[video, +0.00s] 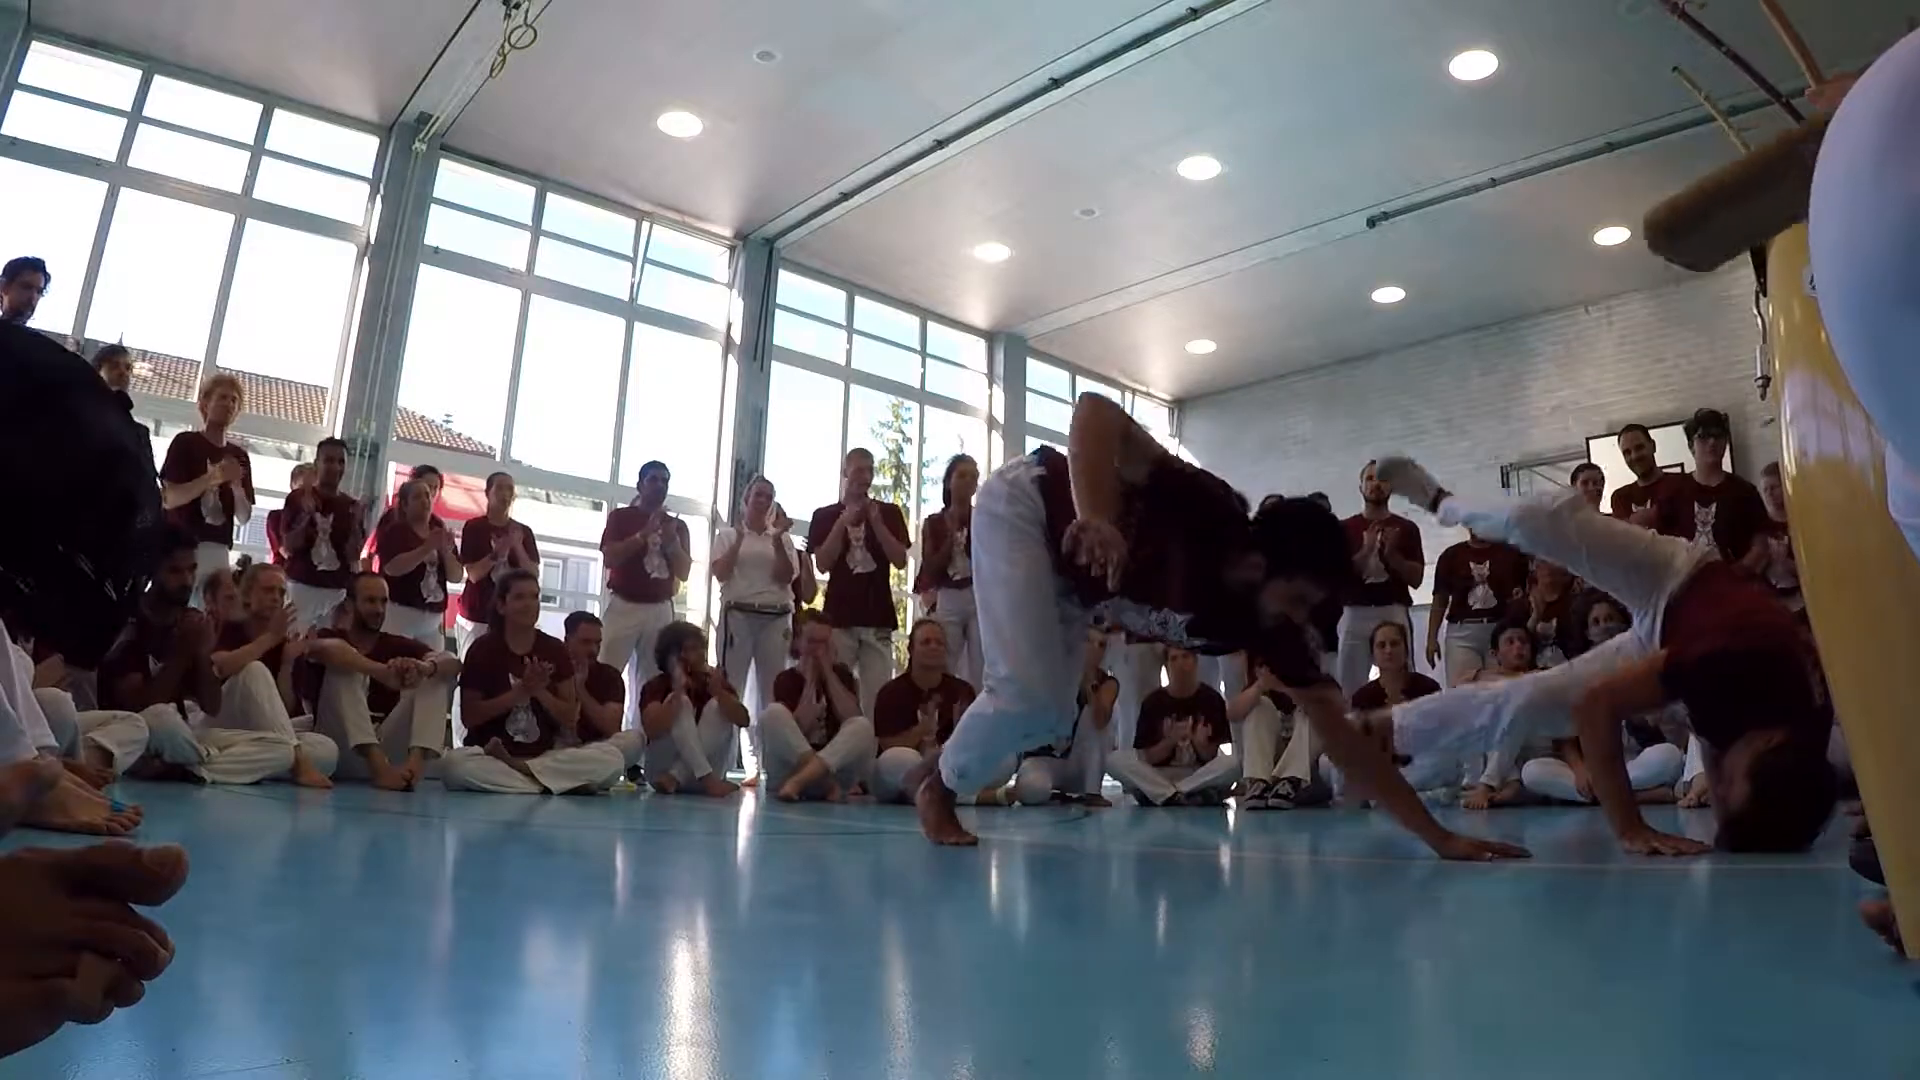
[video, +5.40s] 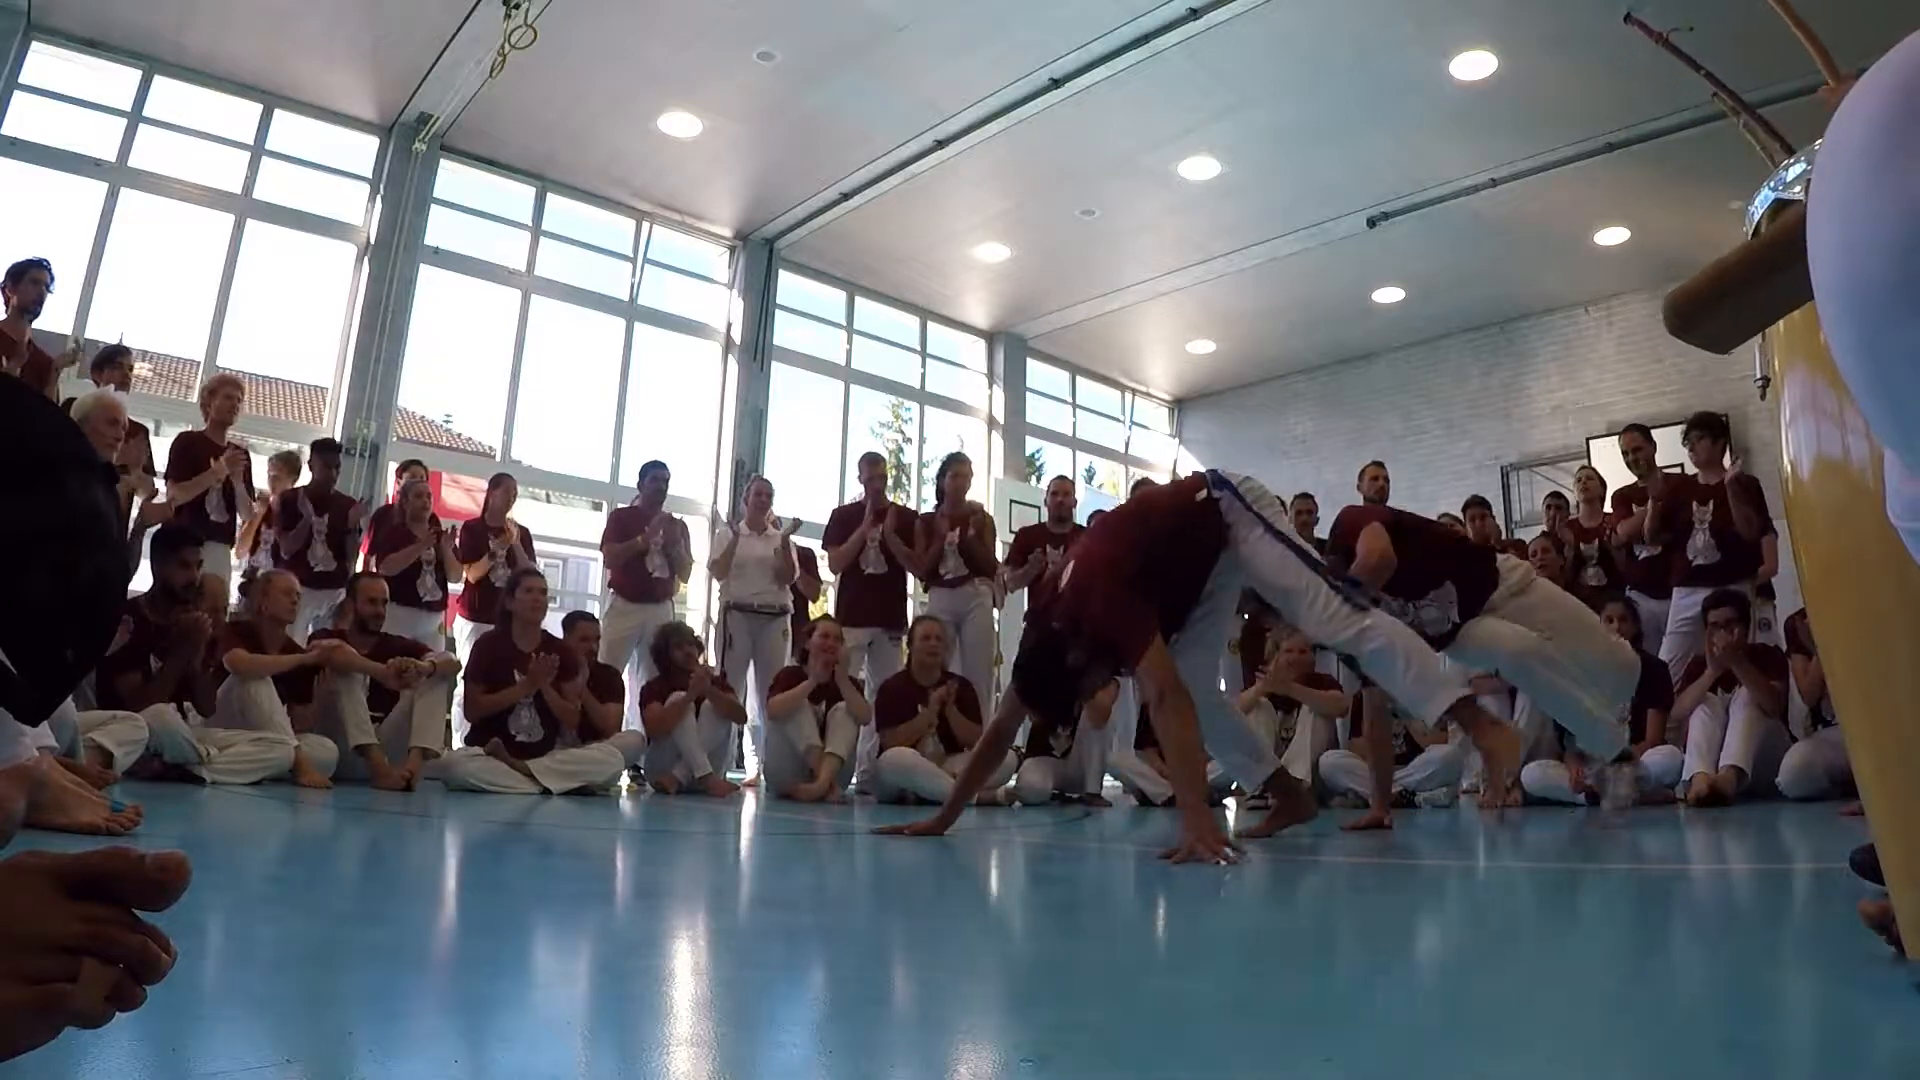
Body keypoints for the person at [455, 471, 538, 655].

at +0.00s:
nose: (504, 494)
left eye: (509, 489)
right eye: (499, 489)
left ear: (514, 495)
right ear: (488, 493)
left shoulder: (523, 532)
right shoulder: (473, 527)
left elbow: (533, 573)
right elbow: (473, 575)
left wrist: (518, 547)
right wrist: (496, 554)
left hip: (510, 619)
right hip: (474, 616)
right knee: (470, 680)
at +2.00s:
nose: (504, 493)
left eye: (509, 488)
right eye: (499, 488)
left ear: (514, 495)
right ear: (488, 493)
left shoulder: (524, 532)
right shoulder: (474, 527)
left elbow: (533, 575)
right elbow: (473, 575)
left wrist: (519, 548)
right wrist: (495, 554)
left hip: (510, 621)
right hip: (474, 617)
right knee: (472, 678)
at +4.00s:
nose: (503, 494)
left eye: (508, 490)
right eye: (498, 489)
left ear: (513, 495)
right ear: (487, 493)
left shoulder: (523, 533)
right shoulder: (473, 527)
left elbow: (532, 575)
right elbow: (472, 575)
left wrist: (516, 551)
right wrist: (492, 554)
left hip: (509, 623)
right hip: (473, 620)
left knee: (505, 685)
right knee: (469, 685)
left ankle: (498, 743)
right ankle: (463, 747)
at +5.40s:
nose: (511, 499)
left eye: (514, 494)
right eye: (507, 492)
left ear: (515, 499)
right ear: (491, 493)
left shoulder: (522, 533)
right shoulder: (472, 528)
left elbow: (531, 575)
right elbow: (471, 574)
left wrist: (516, 545)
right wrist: (494, 552)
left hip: (509, 621)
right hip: (473, 618)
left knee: (504, 683)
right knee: (469, 683)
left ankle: (497, 742)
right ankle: (462, 745)